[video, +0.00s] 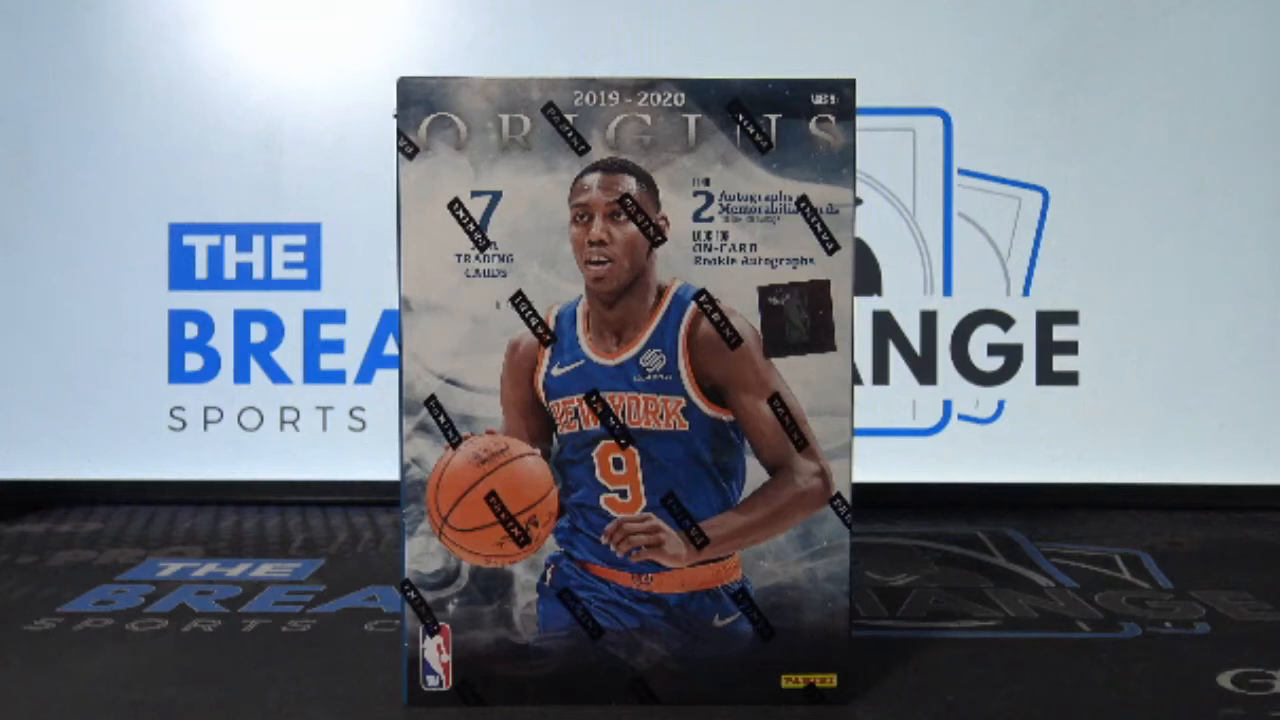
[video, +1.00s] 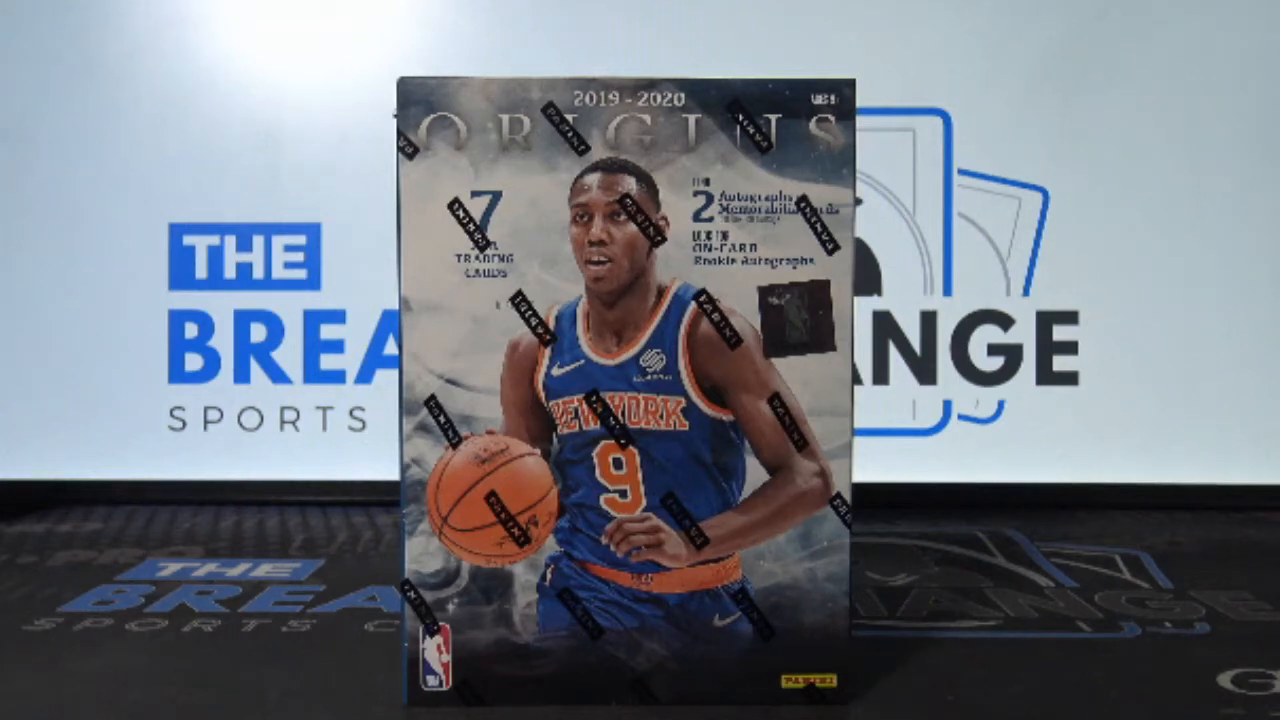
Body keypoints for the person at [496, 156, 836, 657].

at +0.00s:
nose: (595, 235)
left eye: (618, 216)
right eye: (581, 218)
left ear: (657, 230)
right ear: (569, 232)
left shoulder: (711, 334)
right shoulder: (534, 353)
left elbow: (809, 477)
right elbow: (527, 489)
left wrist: (696, 541)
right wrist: (476, 475)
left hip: (699, 613)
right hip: (584, 608)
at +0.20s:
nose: (595, 235)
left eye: (617, 216)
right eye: (582, 218)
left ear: (657, 230)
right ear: (569, 232)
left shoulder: (711, 333)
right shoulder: (534, 353)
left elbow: (809, 477)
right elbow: (529, 490)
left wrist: (696, 541)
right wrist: (482, 469)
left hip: (698, 613)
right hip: (583, 608)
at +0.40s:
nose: (595, 235)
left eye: (618, 216)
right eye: (581, 218)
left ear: (657, 230)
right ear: (569, 232)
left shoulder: (711, 333)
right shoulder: (534, 353)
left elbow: (809, 476)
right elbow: (526, 488)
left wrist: (695, 542)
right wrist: (473, 476)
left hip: (699, 614)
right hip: (583, 608)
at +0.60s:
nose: (595, 235)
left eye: (617, 216)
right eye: (581, 218)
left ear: (657, 230)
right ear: (569, 232)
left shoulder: (711, 334)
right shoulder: (534, 353)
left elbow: (809, 477)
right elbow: (528, 488)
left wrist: (695, 541)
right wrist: (486, 468)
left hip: (699, 613)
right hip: (584, 607)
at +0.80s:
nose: (595, 235)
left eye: (618, 216)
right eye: (581, 218)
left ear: (657, 230)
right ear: (569, 232)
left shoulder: (712, 334)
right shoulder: (534, 353)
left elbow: (809, 477)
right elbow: (528, 488)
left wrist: (695, 541)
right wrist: (483, 470)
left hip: (699, 612)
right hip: (584, 606)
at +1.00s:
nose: (595, 235)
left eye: (617, 216)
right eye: (581, 218)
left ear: (657, 230)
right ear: (569, 232)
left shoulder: (712, 334)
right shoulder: (534, 353)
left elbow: (809, 476)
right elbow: (528, 489)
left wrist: (695, 542)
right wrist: (479, 471)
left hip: (698, 612)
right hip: (583, 605)